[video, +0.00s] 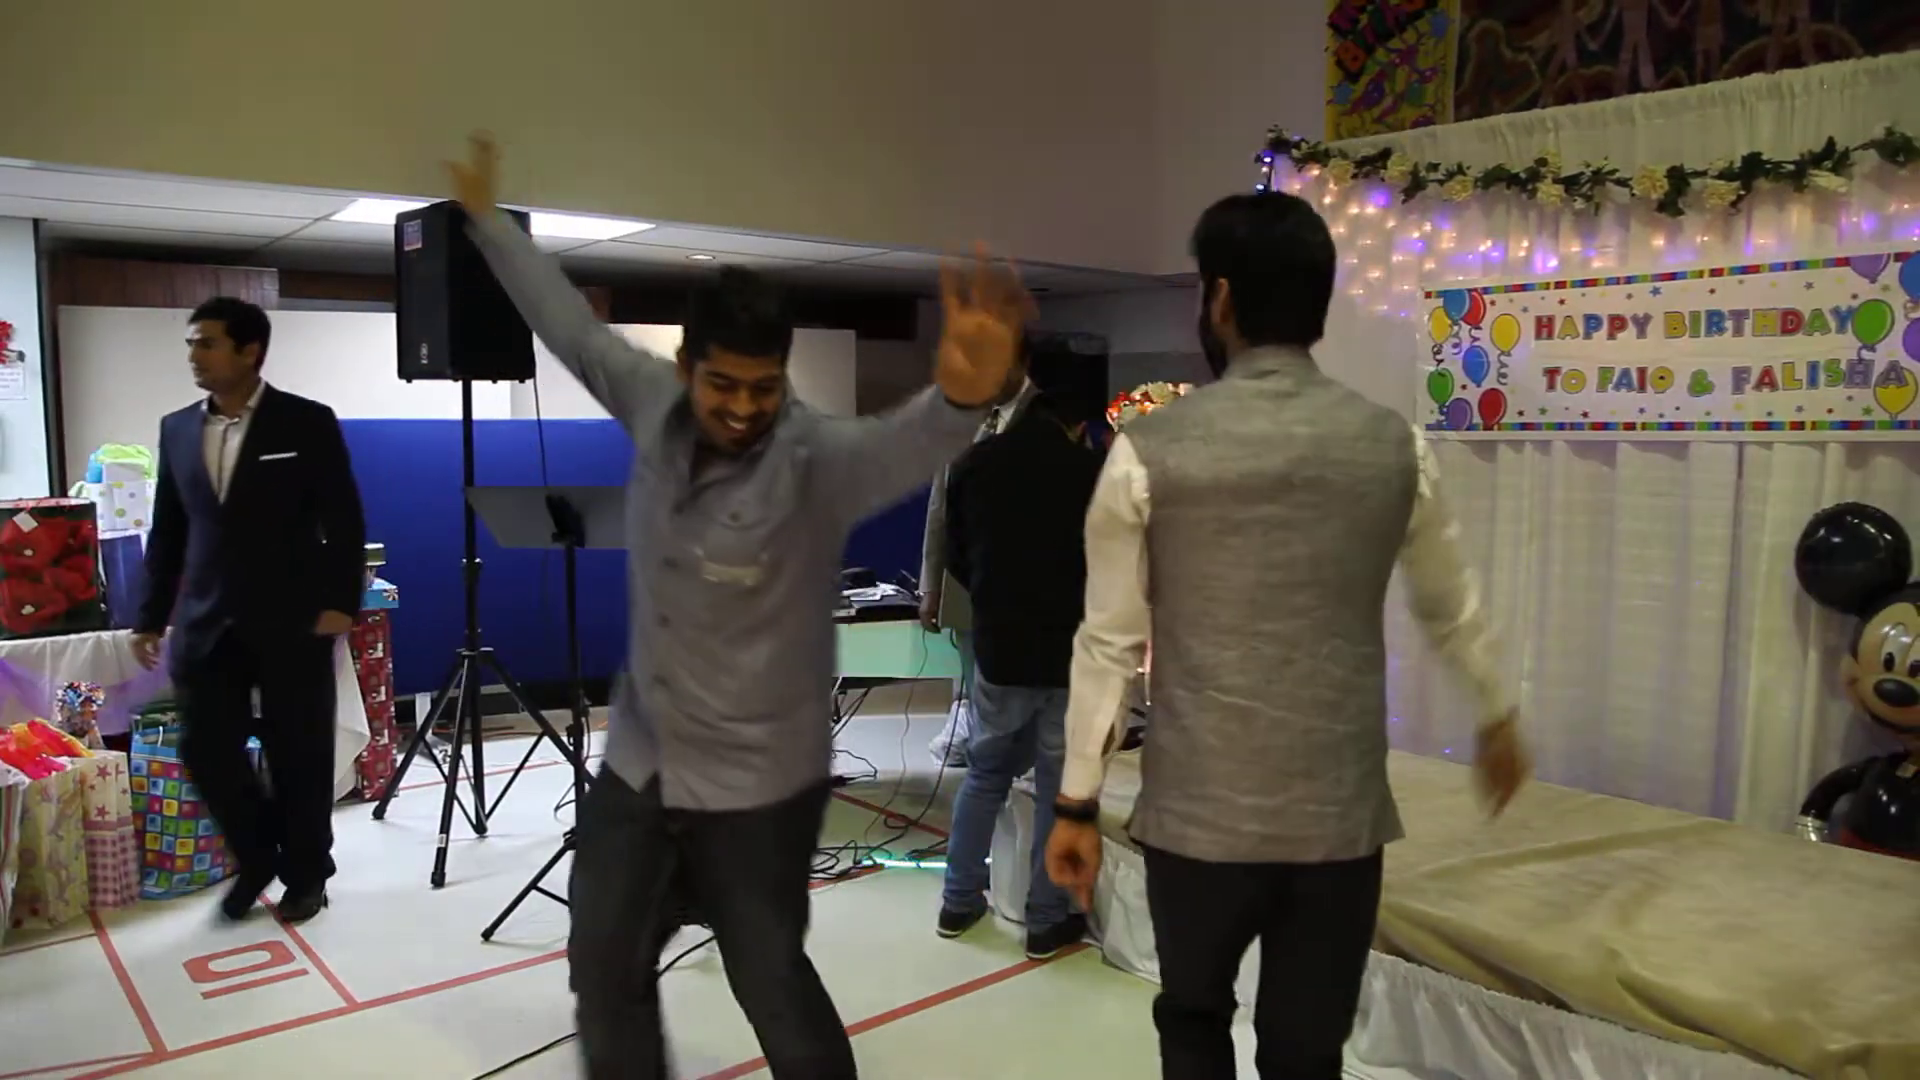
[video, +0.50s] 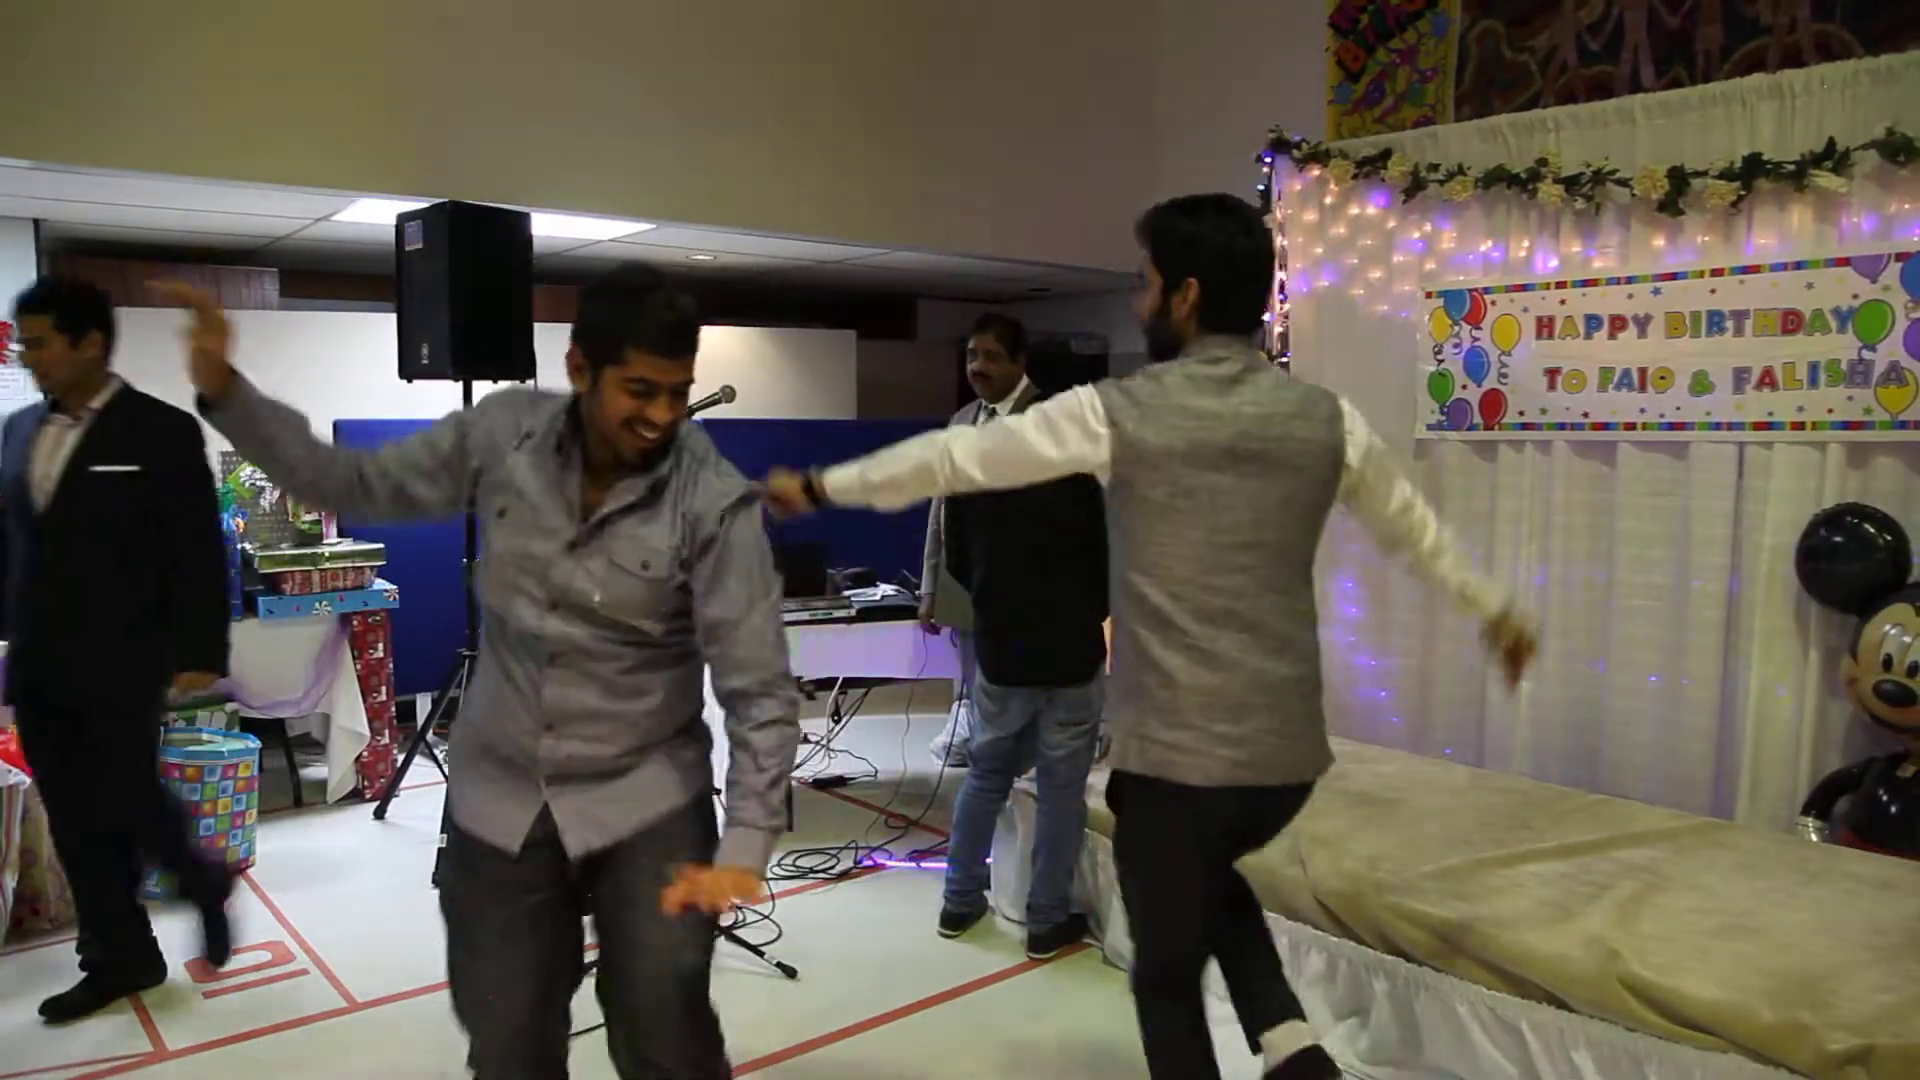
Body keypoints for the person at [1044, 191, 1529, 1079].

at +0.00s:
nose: (1199, 303)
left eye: (1203, 285)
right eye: (1203, 284)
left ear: (1221, 297)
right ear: (1322, 299)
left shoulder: (1151, 446)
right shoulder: (1393, 445)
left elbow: (1109, 638)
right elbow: (1449, 606)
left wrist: (1077, 800)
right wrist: (1497, 715)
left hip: (1199, 836)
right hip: (1338, 839)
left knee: (1192, 1024)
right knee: (1307, 1062)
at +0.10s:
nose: (1193, 298)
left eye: (1198, 279)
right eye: (1196, 279)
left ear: (1224, 287)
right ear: (1311, 291)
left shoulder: (1157, 428)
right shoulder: (1387, 439)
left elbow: (1102, 610)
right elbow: (1412, 614)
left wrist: (1058, 755)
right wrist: (1445, 762)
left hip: (1196, 817)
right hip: (1332, 821)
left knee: (1190, 1014)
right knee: (1307, 1052)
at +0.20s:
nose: (1178, 297)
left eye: (1186, 275)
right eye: (1181, 275)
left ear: (1224, 281)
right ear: (1301, 285)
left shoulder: (1149, 418)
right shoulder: (1369, 433)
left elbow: (1065, 576)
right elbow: (1390, 612)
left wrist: (991, 698)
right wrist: (1425, 763)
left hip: (1189, 796)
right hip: (1322, 798)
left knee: (1193, 1017)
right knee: (1297, 1020)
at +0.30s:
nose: (1162, 308)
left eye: (1170, 288)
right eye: (1165, 288)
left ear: (1208, 300)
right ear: (1282, 300)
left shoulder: (1142, 427)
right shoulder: (1354, 444)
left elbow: (1017, 541)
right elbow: (1393, 613)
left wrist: (912, 623)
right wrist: (1438, 743)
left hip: (1179, 792)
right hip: (1304, 794)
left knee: (1180, 1003)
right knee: (1270, 959)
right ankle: (1291, 1076)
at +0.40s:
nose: (1151, 308)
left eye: (1160, 289)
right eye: (1155, 287)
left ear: (1199, 304)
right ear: (1264, 305)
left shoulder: (1138, 423)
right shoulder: (1337, 436)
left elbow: (986, 491)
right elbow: (1406, 584)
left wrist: (849, 543)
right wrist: (1469, 696)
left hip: (1172, 772)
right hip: (1293, 774)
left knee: (1178, 993)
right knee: (1238, 902)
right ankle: (1292, 1054)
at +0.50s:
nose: (1139, 299)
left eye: (1146, 282)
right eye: (1143, 280)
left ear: (1186, 295)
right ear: (1255, 296)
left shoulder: (1124, 411)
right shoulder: (1323, 416)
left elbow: (969, 455)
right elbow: (1415, 528)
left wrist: (825, 485)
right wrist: (1497, 612)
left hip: (1176, 762)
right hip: (1287, 758)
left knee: (1169, 982)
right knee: (1209, 871)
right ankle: (1289, 1045)